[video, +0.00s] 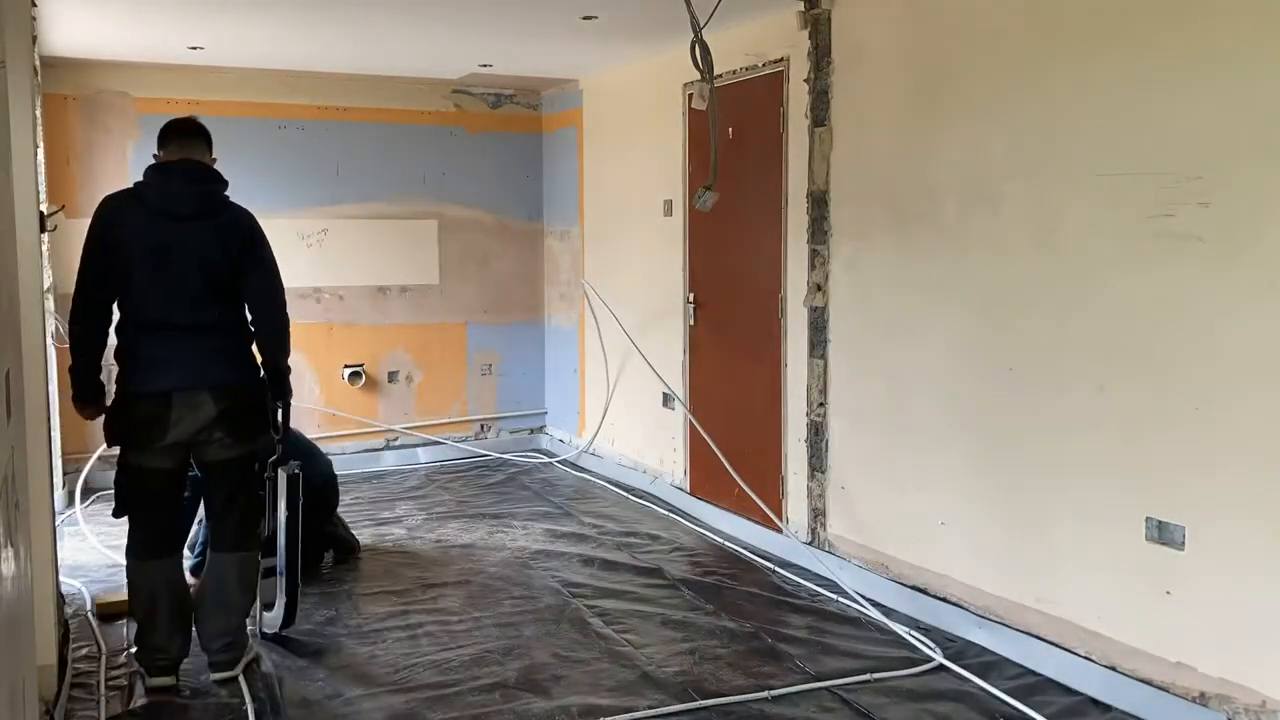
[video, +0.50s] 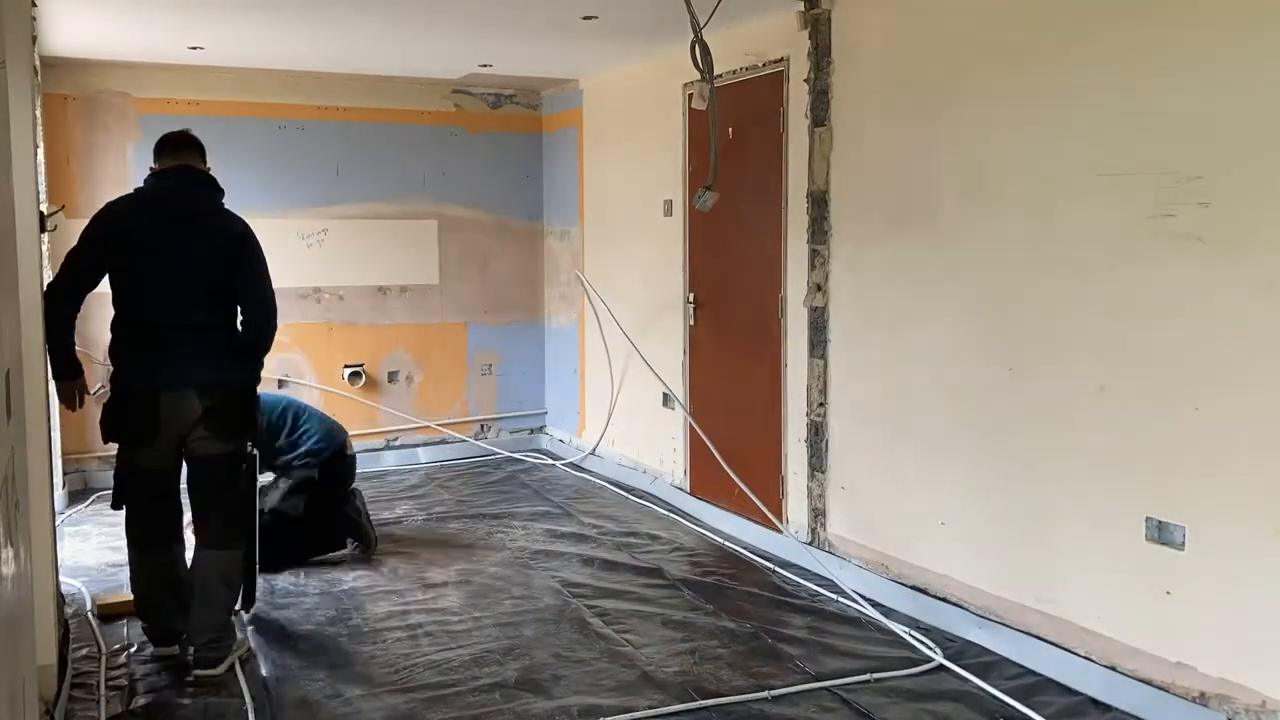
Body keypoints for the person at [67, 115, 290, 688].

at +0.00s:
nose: (202, 167)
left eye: (180, 156)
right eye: (206, 158)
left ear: (156, 158)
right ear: (211, 161)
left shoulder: (116, 213)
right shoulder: (237, 222)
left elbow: (89, 308)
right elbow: (270, 310)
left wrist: (87, 382)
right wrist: (278, 378)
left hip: (147, 395)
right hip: (226, 392)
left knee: (152, 528)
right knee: (234, 519)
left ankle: (159, 663)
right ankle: (225, 652)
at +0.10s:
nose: (202, 160)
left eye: (177, 150)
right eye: (209, 153)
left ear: (157, 153)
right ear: (212, 155)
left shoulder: (123, 215)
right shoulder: (241, 222)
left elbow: (115, 275)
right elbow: (270, 313)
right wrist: (276, 383)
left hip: (153, 396)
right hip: (232, 394)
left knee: (155, 529)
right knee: (233, 525)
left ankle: (159, 661)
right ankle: (224, 649)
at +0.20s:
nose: (177, 165)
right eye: (183, 157)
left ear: (130, 160)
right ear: (185, 157)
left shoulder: (95, 226)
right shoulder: (219, 219)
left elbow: (87, 329)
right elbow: (257, 311)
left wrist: (99, 410)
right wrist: (270, 381)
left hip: (136, 402)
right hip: (216, 396)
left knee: (144, 528)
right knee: (230, 510)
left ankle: (158, 663)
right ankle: (220, 635)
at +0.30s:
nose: (170, 172)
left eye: (158, 164)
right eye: (183, 163)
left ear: (148, 167)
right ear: (201, 168)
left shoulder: (116, 216)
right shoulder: (230, 227)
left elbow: (72, 299)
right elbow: (255, 314)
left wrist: (62, 372)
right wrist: (230, 372)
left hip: (139, 391)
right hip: (216, 391)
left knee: (148, 510)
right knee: (219, 509)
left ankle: (163, 634)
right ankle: (211, 645)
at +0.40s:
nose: (195, 173)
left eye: (181, 163)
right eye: (205, 165)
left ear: (162, 165)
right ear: (213, 169)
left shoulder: (124, 216)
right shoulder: (237, 227)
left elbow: (62, 292)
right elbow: (263, 303)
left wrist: (62, 364)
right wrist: (257, 370)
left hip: (147, 393)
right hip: (224, 392)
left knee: (152, 514)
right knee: (223, 518)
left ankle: (166, 635)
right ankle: (210, 648)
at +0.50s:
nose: (185, 173)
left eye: (171, 164)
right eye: (196, 164)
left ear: (154, 168)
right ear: (206, 169)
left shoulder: (120, 217)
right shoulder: (232, 228)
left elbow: (61, 295)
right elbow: (262, 312)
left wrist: (66, 371)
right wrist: (240, 380)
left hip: (142, 394)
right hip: (218, 394)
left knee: (150, 515)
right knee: (220, 518)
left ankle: (166, 635)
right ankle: (210, 651)